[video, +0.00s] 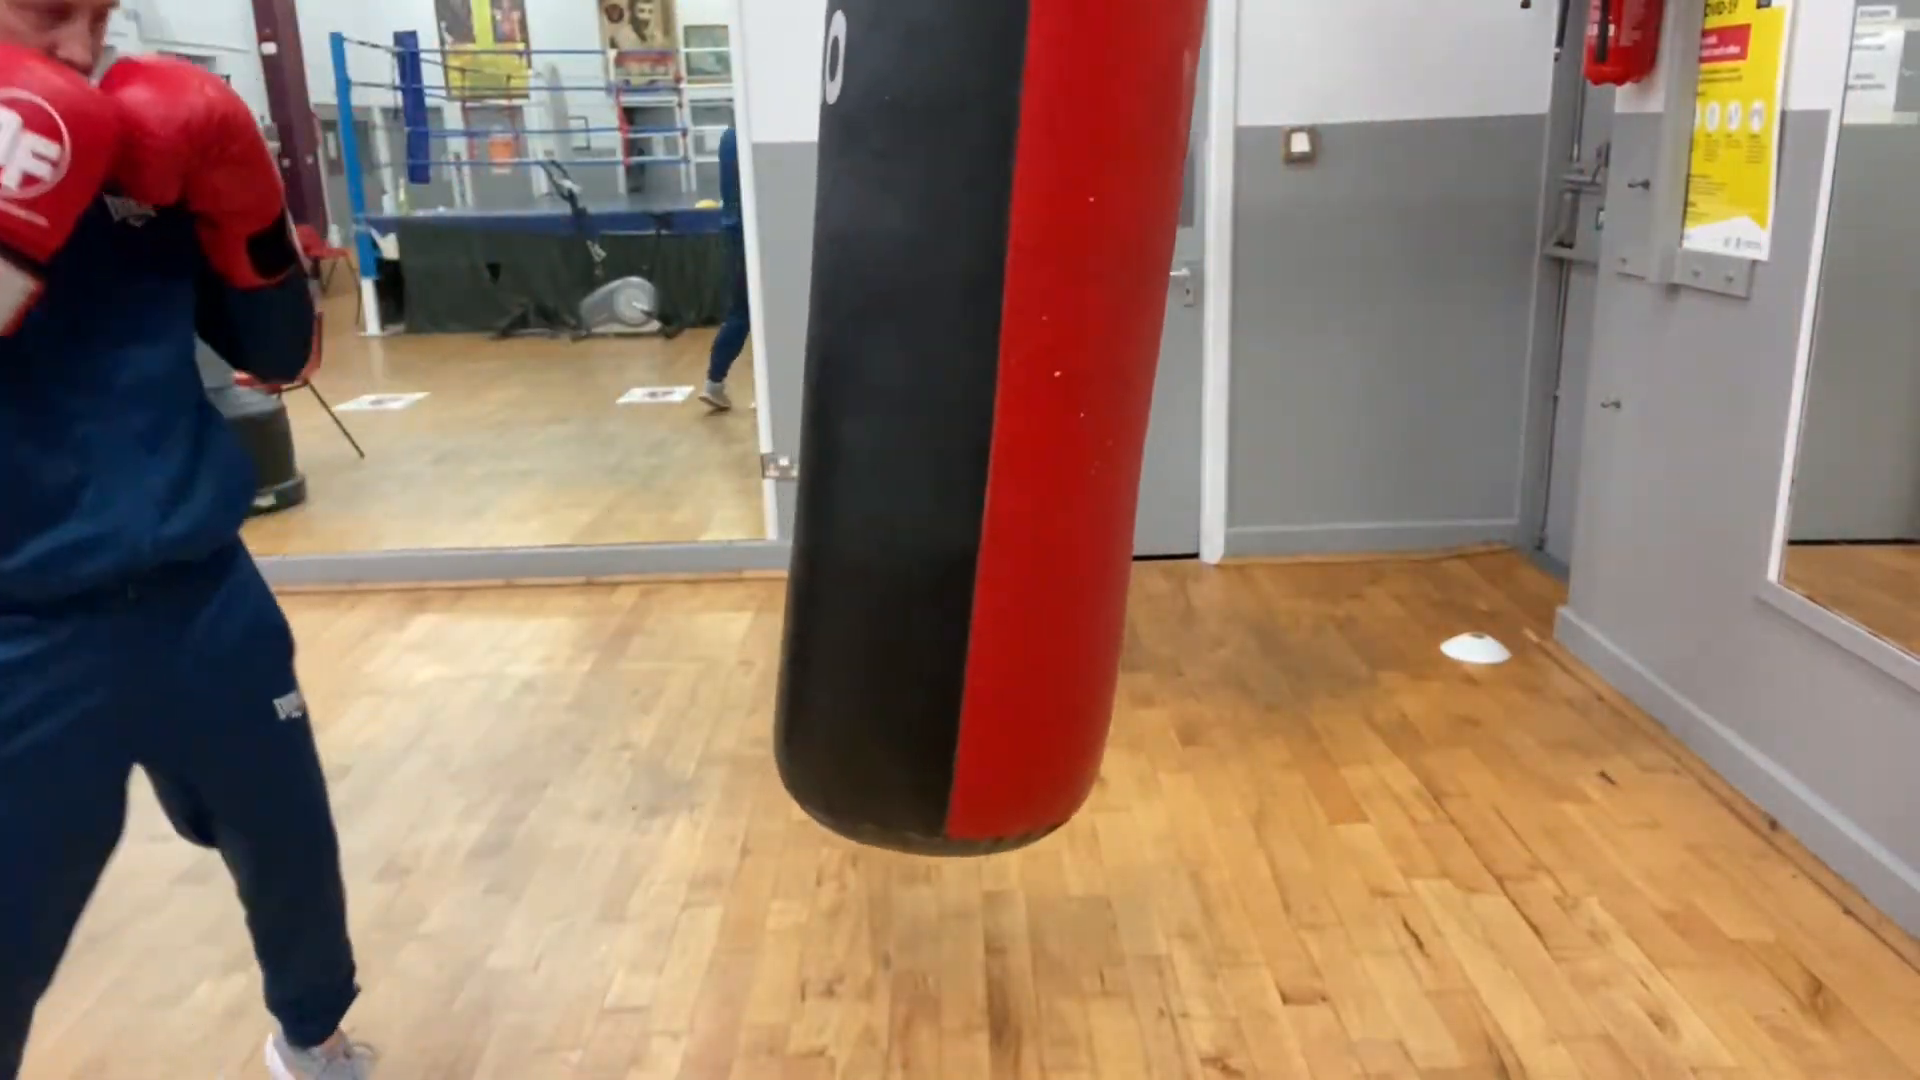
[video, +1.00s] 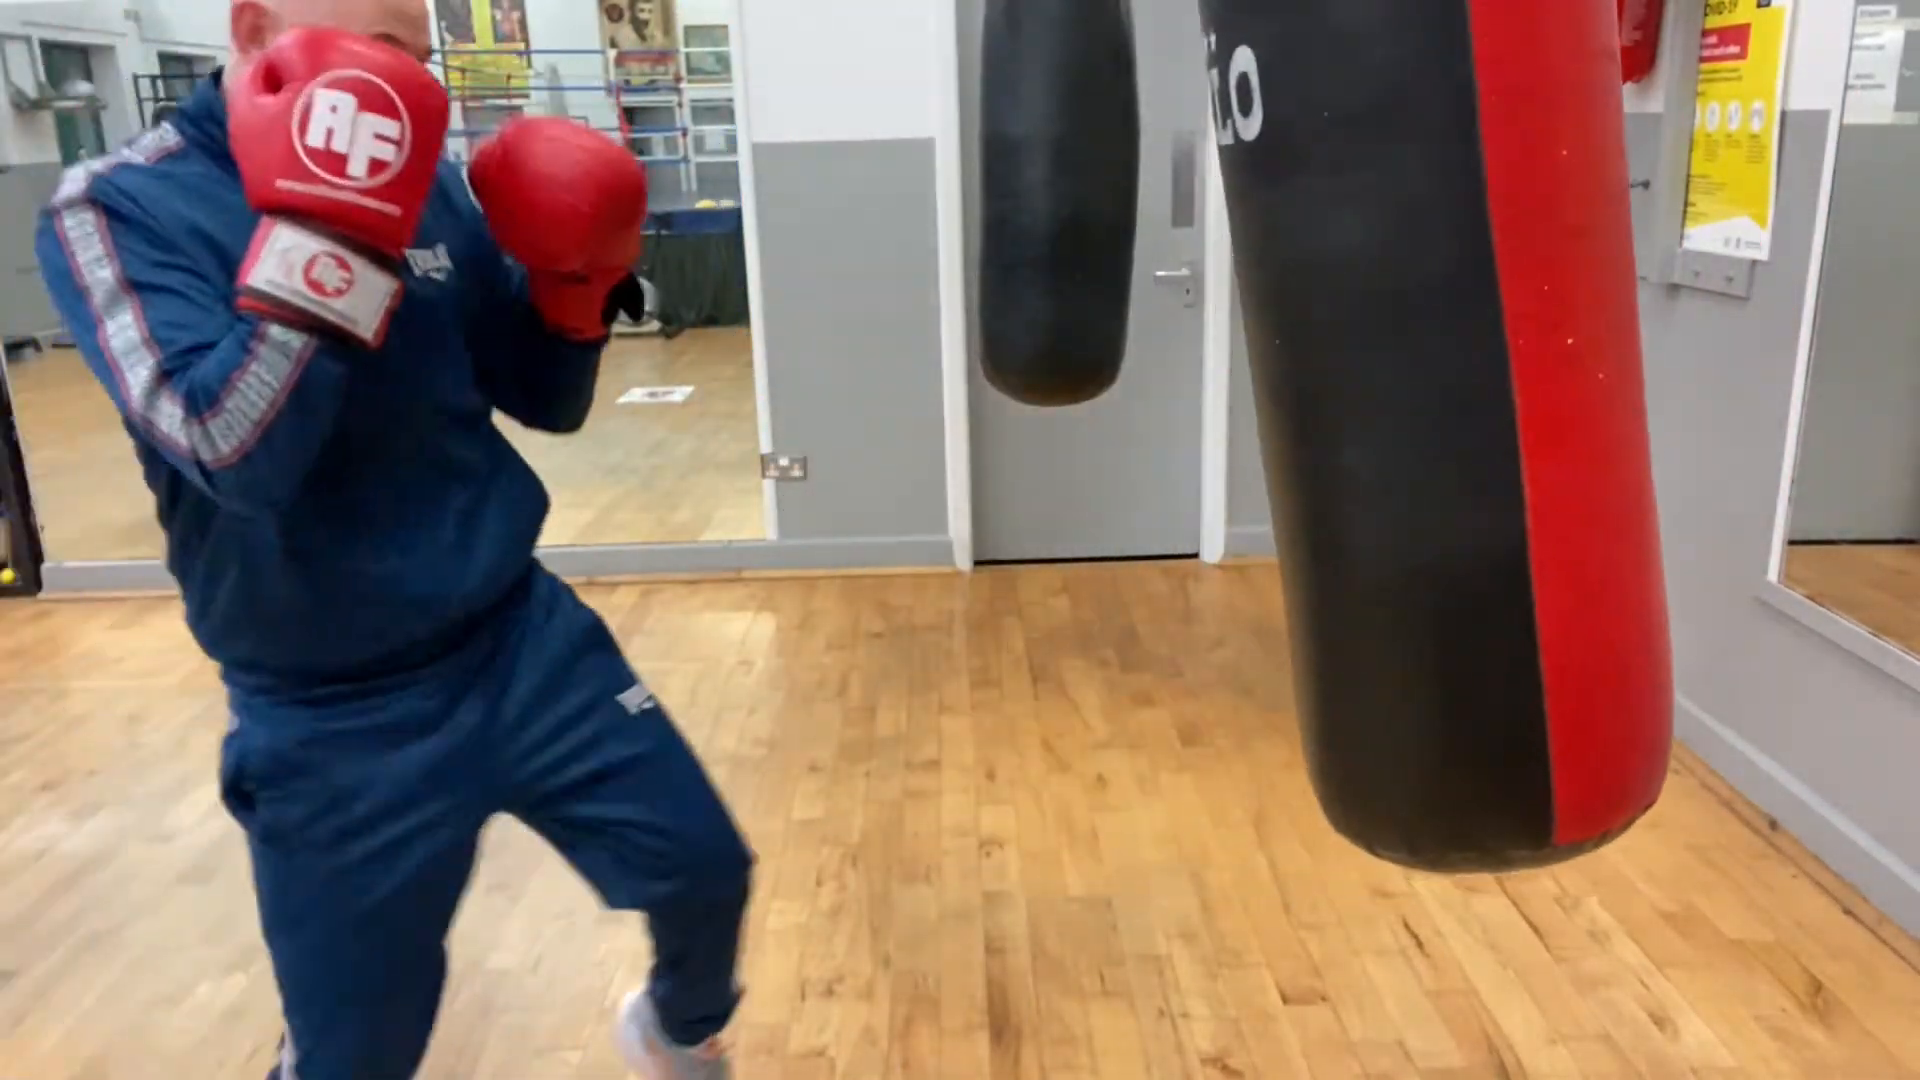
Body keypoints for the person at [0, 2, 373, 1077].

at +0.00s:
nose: (77, 38)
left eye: (94, 13)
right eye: (48, 13)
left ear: (116, 17)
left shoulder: (145, 150)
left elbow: (278, 355)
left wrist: (243, 192)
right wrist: (24, 224)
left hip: (202, 594)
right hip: (33, 626)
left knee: (291, 847)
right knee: (15, 949)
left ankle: (312, 1040)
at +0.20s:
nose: (15, 116)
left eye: (25, 87)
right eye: (3, 90)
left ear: (38, 71)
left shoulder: (78, 193)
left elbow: (250, 380)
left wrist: (215, 228)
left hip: (129, 645)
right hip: (4, 674)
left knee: (240, 904)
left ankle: (236, 1059)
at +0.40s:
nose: (15, 39)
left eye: (22, 24)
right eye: (5, 24)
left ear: (36, 28)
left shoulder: (80, 137)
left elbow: (280, 331)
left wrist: (245, 177)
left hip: (157, 627)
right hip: (9, 673)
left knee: (347, 882)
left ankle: (356, 1042)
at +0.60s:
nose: (139, 169)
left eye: (155, 131)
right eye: (104, 133)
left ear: (170, 119)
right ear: (13, 133)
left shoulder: (209, 227)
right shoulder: (4, 283)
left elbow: (316, 433)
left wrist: (343, 347)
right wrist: (26, 340)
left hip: (258, 701)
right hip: (47, 745)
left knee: (459, 924)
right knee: (6, 1042)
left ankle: (566, 1069)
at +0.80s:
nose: (319, 111)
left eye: (337, 78)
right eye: (290, 73)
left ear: (354, 62)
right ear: (174, 41)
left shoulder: (377, 173)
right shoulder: (51, 212)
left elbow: (534, 356)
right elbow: (105, 464)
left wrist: (527, 214)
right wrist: (210, 253)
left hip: (416, 684)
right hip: (197, 724)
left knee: (563, 969)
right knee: (123, 1053)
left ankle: (579, 1077)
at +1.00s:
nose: (400, 93)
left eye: (417, 57)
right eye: (368, 54)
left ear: (432, 40)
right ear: (255, 31)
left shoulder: (426, 171)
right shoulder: (114, 209)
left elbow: (545, 399)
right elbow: (233, 456)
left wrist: (574, 285)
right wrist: (325, 229)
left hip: (518, 641)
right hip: (333, 723)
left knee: (706, 873)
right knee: (357, 1061)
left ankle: (677, 1037)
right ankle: (302, 1070)